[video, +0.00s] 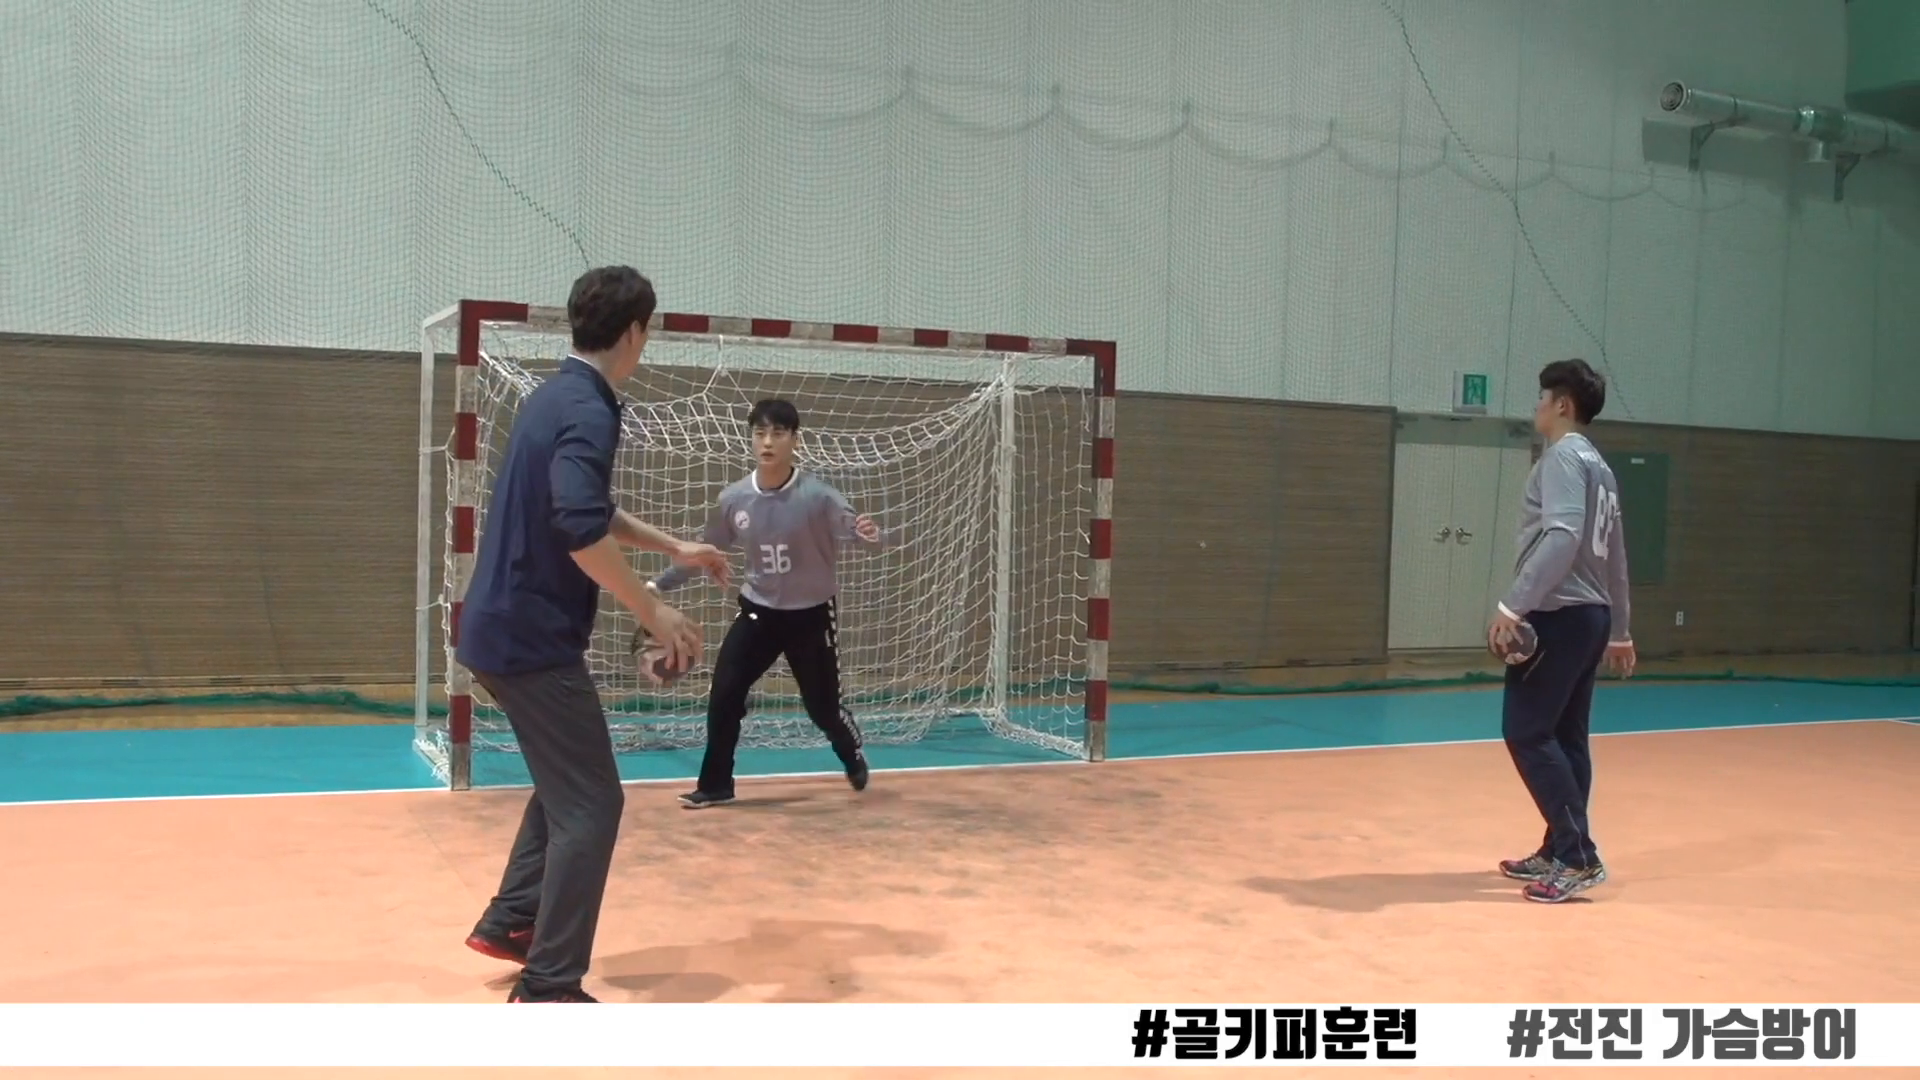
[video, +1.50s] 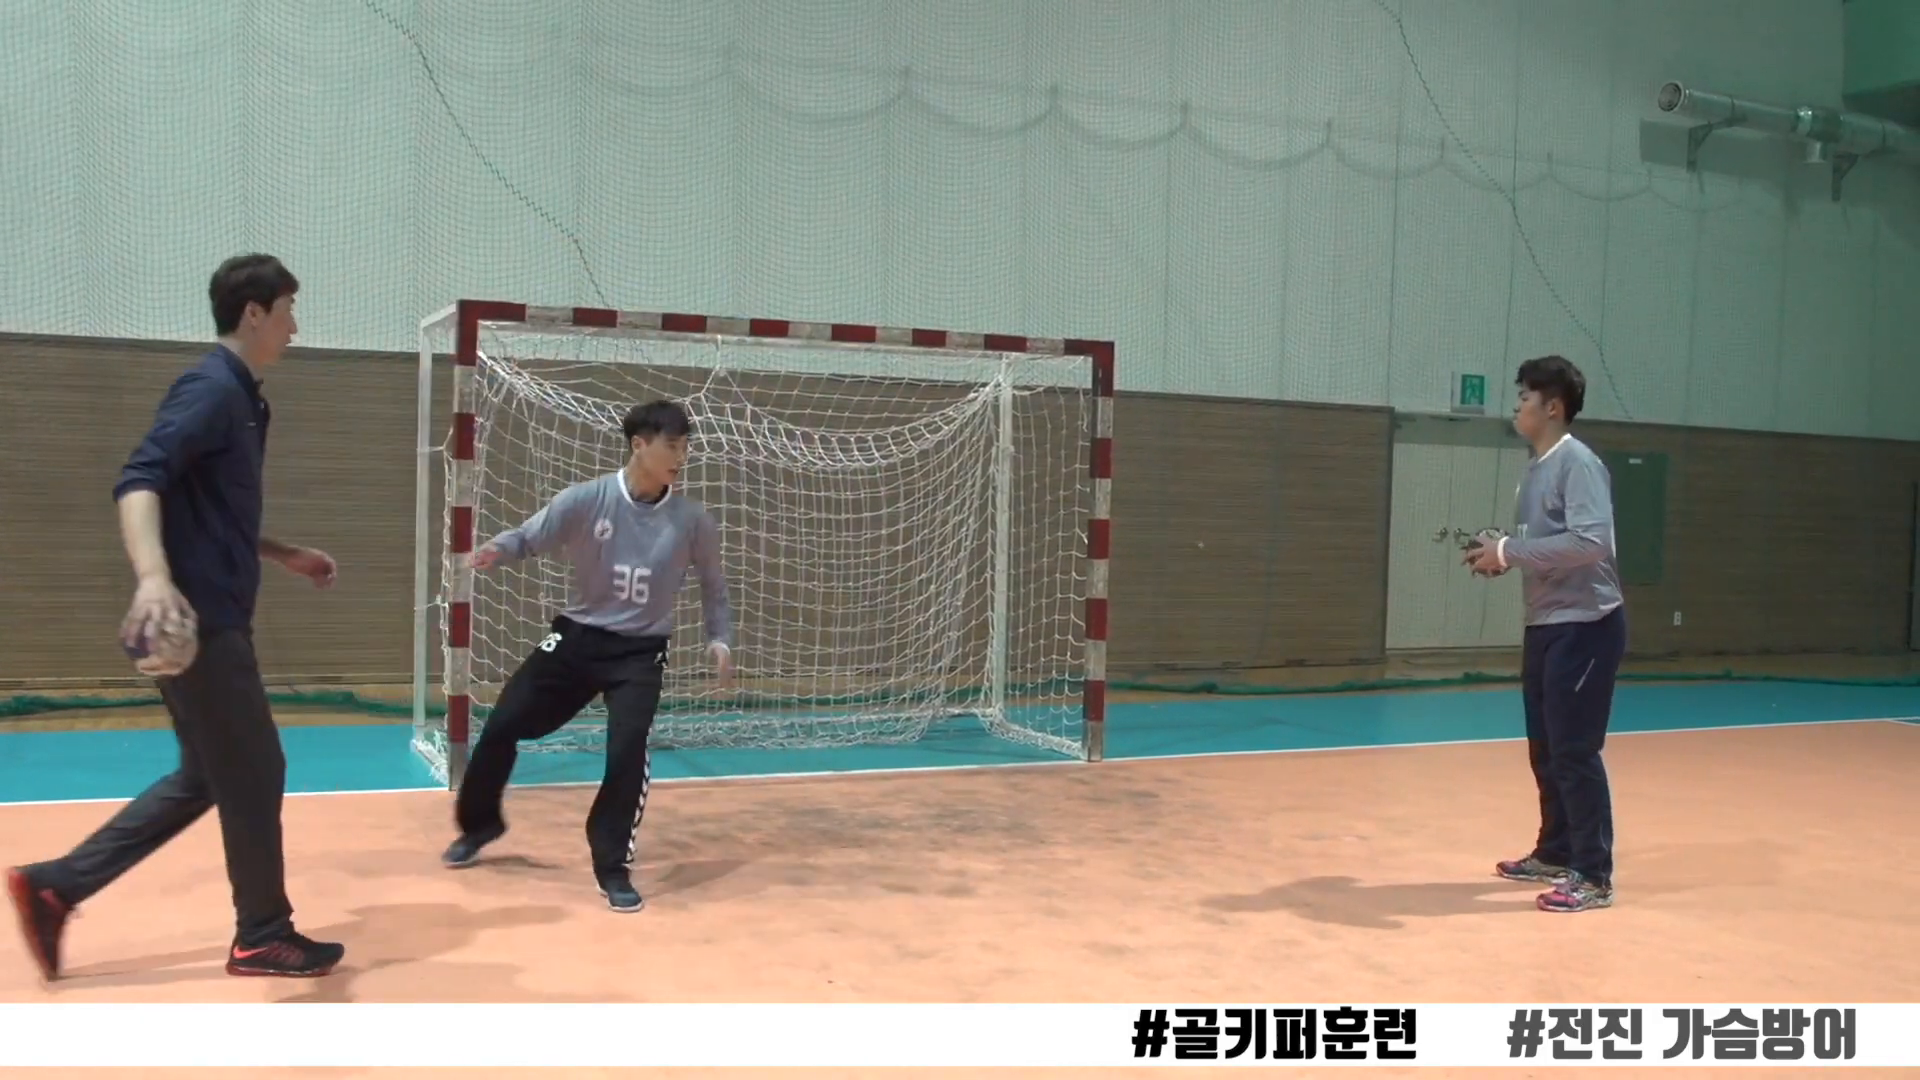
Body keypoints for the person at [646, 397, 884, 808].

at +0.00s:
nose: (767, 442)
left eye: (778, 434)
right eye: (761, 433)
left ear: (795, 442)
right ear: (752, 440)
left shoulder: (817, 495)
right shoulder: (734, 499)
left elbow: (861, 537)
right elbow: (705, 553)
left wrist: (870, 535)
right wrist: (658, 585)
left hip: (810, 617)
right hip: (757, 615)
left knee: (823, 707)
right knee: (724, 695)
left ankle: (853, 757)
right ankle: (716, 785)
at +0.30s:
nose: (759, 443)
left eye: (770, 435)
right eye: (751, 433)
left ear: (787, 446)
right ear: (739, 441)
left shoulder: (809, 512)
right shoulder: (707, 496)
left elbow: (866, 549)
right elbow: (651, 527)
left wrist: (873, 517)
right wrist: (612, 512)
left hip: (766, 637)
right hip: (706, 631)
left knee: (762, 719)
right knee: (697, 732)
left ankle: (753, 837)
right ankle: (715, 775)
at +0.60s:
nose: (706, 313)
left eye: (719, 303)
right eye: (700, 302)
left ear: (745, 313)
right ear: (692, 311)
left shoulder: (770, 367)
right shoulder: (670, 354)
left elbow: (833, 349)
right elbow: (605, 321)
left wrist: (871, 287)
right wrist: (561, 268)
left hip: (717, 518)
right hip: (663, 504)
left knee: (735, 650)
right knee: (571, 492)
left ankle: (761, 774)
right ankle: (554, 594)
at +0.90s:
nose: (677, 281)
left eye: (690, 272)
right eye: (670, 269)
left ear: (712, 280)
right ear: (659, 271)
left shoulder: (723, 359)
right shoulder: (612, 312)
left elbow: (762, 420)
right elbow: (548, 274)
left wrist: (790, 449)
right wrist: (535, 204)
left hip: (662, 482)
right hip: (592, 463)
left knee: (711, 590)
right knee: (487, 468)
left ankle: (757, 718)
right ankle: (419, 575)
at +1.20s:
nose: (651, 455)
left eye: (663, 445)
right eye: (642, 441)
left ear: (675, 456)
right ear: (620, 442)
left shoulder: (667, 535)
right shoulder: (568, 495)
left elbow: (667, 605)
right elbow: (488, 539)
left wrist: (669, 644)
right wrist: (488, 508)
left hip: (600, 658)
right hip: (531, 640)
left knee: (632, 763)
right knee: (458, 749)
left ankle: (627, 866)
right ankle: (395, 862)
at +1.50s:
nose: (681, 456)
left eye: (685, 446)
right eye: (672, 446)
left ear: (686, 449)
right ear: (639, 445)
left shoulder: (694, 521)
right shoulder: (587, 500)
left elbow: (715, 594)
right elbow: (527, 537)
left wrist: (721, 642)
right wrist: (495, 550)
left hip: (641, 654)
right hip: (576, 643)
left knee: (627, 755)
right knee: (502, 725)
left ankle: (614, 868)